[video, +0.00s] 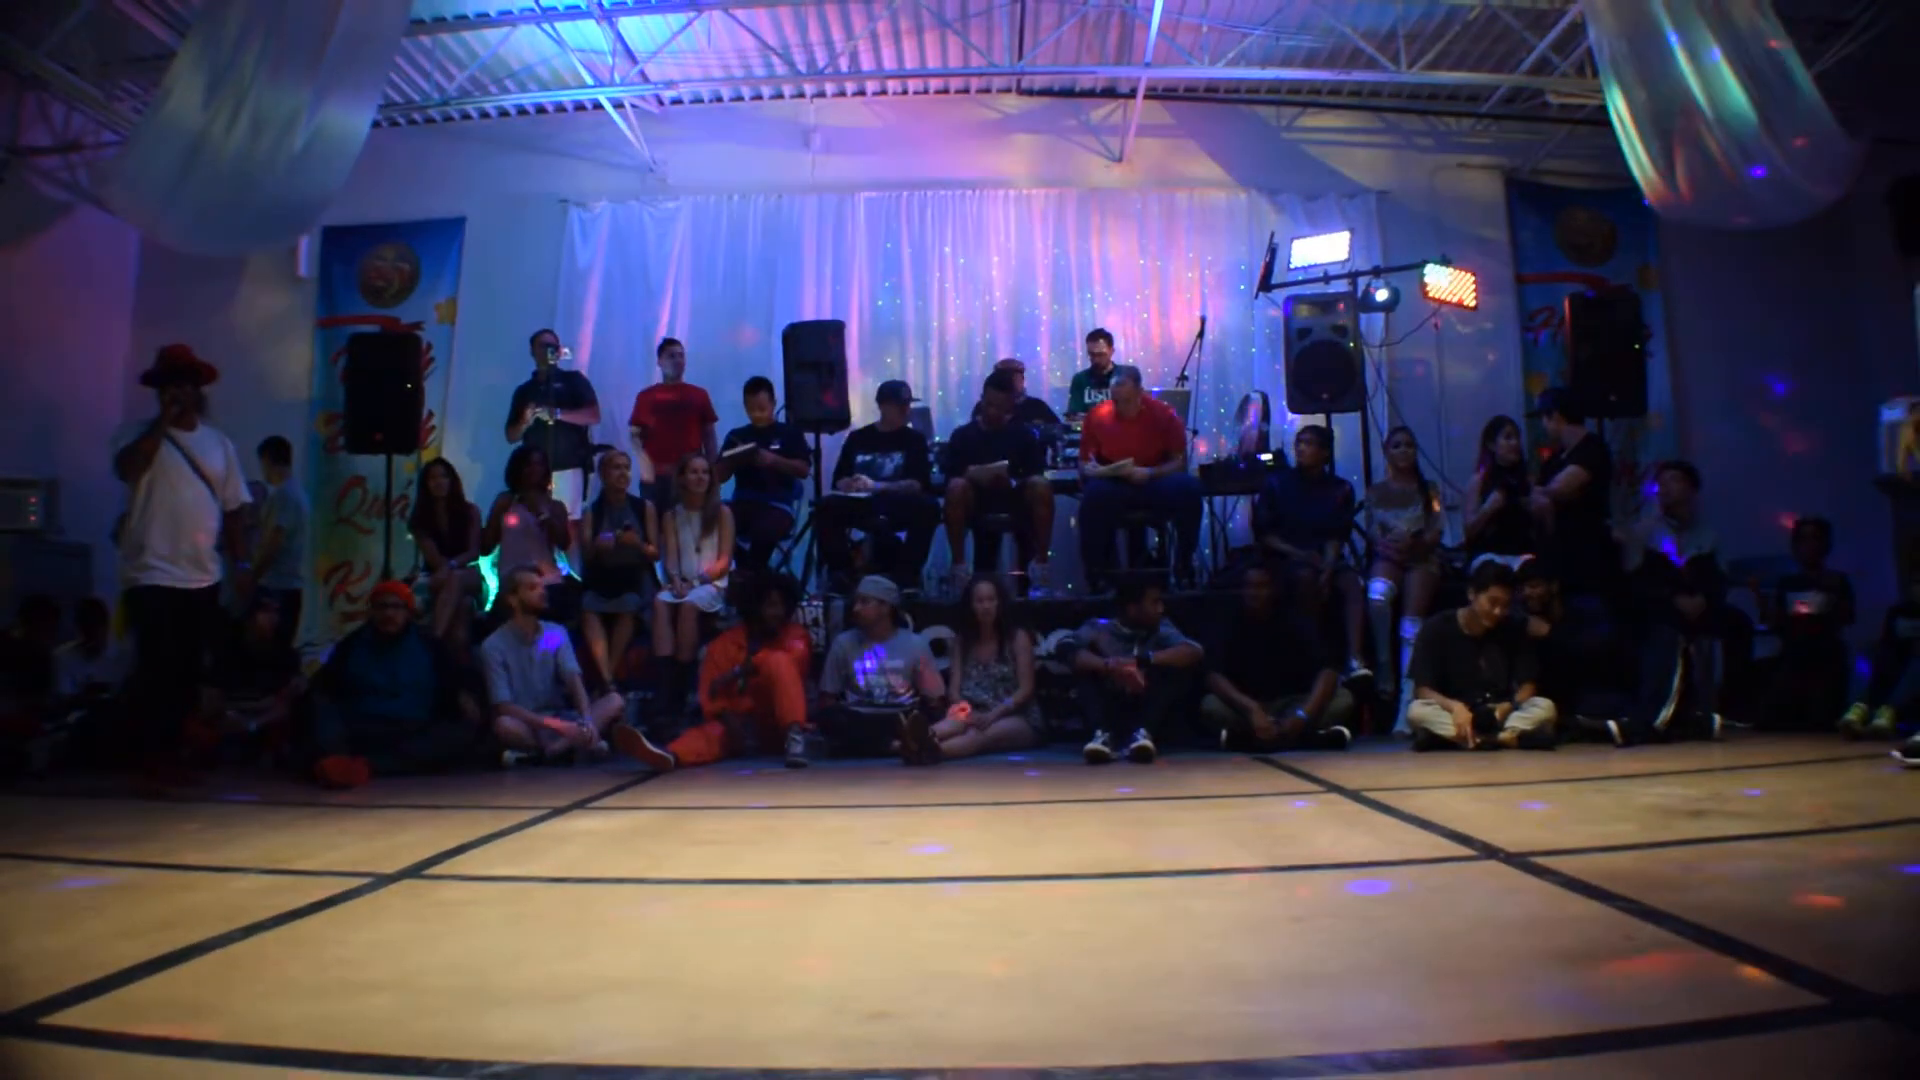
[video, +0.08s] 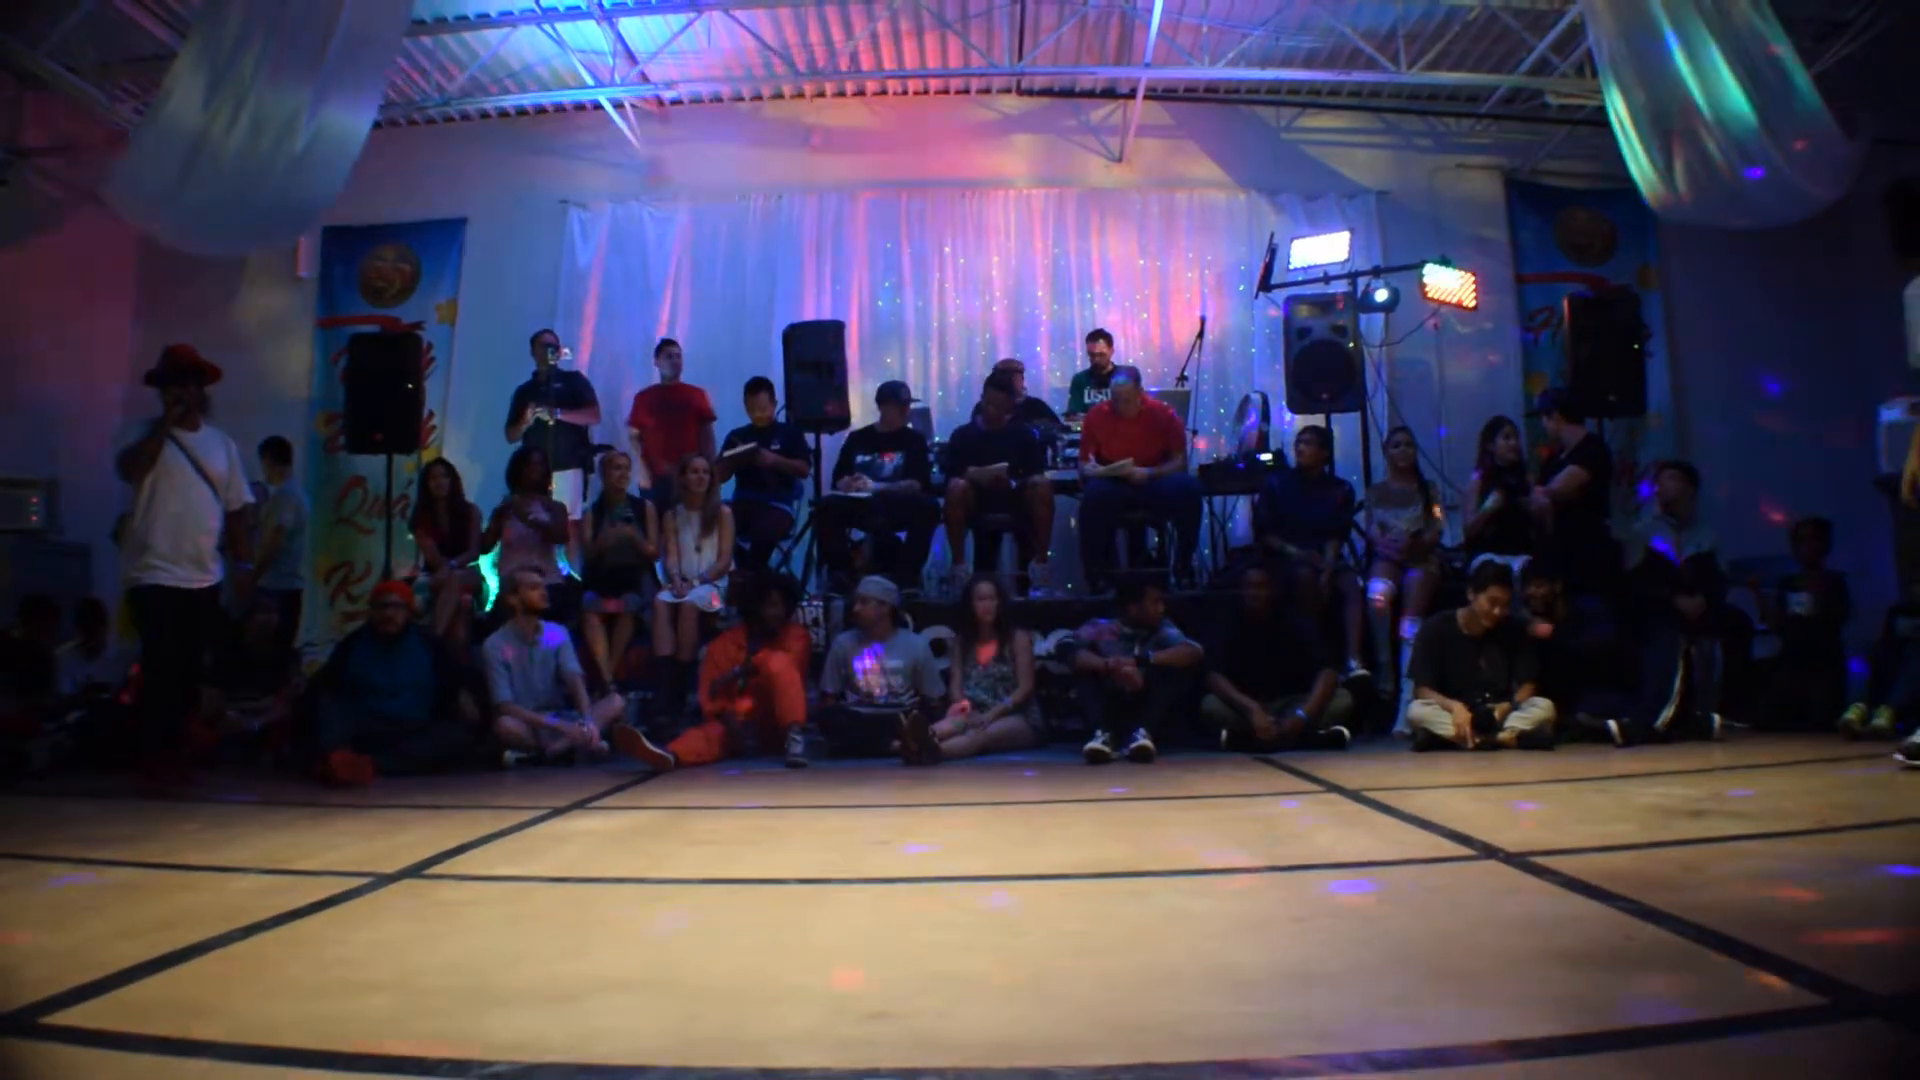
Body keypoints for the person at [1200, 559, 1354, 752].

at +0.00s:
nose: (1255, 592)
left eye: (1261, 586)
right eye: (1250, 586)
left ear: (1274, 590)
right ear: (1242, 590)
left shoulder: (1293, 622)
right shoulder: (1232, 625)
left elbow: (1328, 670)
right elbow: (1214, 676)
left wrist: (1303, 716)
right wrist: (1253, 710)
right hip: (1246, 706)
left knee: (1342, 698)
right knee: (1210, 705)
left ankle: (1254, 740)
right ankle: (1306, 739)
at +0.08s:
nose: (1255, 593)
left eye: (1261, 587)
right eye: (1250, 587)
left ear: (1273, 590)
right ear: (1242, 590)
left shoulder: (1293, 622)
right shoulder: (1233, 625)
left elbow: (1328, 671)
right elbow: (1214, 676)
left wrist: (1303, 715)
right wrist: (1253, 710)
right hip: (1247, 706)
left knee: (1342, 699)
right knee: (1210, 705)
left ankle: (1254, 740)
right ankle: (1306, 738)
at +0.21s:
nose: (1254, 594)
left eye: (1260, 588)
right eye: (1249, 588)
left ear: (1273, 591)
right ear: (1241, 592)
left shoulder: (1294, 622)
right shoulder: (1232, 626)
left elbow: (1329, 670)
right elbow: (1213, 675)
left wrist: (1303, 716)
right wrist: (1254, 711)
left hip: (1293, 700)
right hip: (1248, 705)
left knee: (1343, 698)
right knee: (1211, 705)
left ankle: (1255, 741)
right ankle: (1308, 740)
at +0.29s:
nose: (1253, 594)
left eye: (1259, 588)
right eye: (1248, 588)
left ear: (1272, 591)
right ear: (1240, 592)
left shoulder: (1294, 623)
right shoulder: (1232, 627)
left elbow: (1328, 670)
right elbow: (1213, 675)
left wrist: (1303, 715)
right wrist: (1254, 711)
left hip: (1293, 700)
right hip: (1249, 706)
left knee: (1343, 699)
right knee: (1211, 705)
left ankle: (1255, 741)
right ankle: (1308, 739)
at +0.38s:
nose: (1251, 595)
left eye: (1258, 589)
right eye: (1247, 589)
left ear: (1273, 591)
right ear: (1240, 592)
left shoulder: (1294, 623)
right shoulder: (1232, 626)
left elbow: (1328, 670)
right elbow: (1213, 675)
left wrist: (1303, 715)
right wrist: (1254, 710)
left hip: (1294, 698)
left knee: (1343, 699)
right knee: (1211, 705)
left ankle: (1254, 741)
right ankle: (1309, 740)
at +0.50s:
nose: (1241, 598)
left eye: (1248, 591)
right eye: (1238, 591)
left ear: (1268, 592)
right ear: (1232, 593)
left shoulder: (1293, 624)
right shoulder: (1230, 628)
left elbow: (1328, 671)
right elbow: (1213, 675)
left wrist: (1303, 716)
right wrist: (1254, 710)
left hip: (1294, 698)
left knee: (1343, 699)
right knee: (1211, 705)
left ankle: (1255, 741)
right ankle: (1309, 740)